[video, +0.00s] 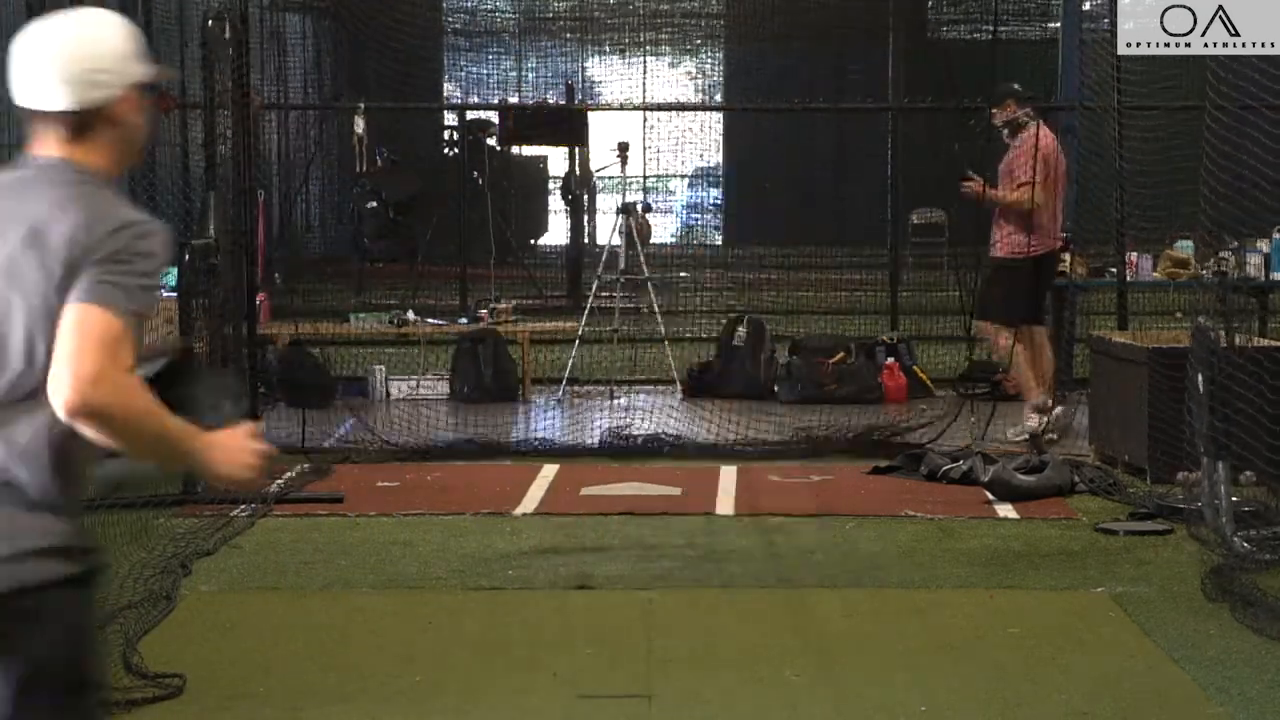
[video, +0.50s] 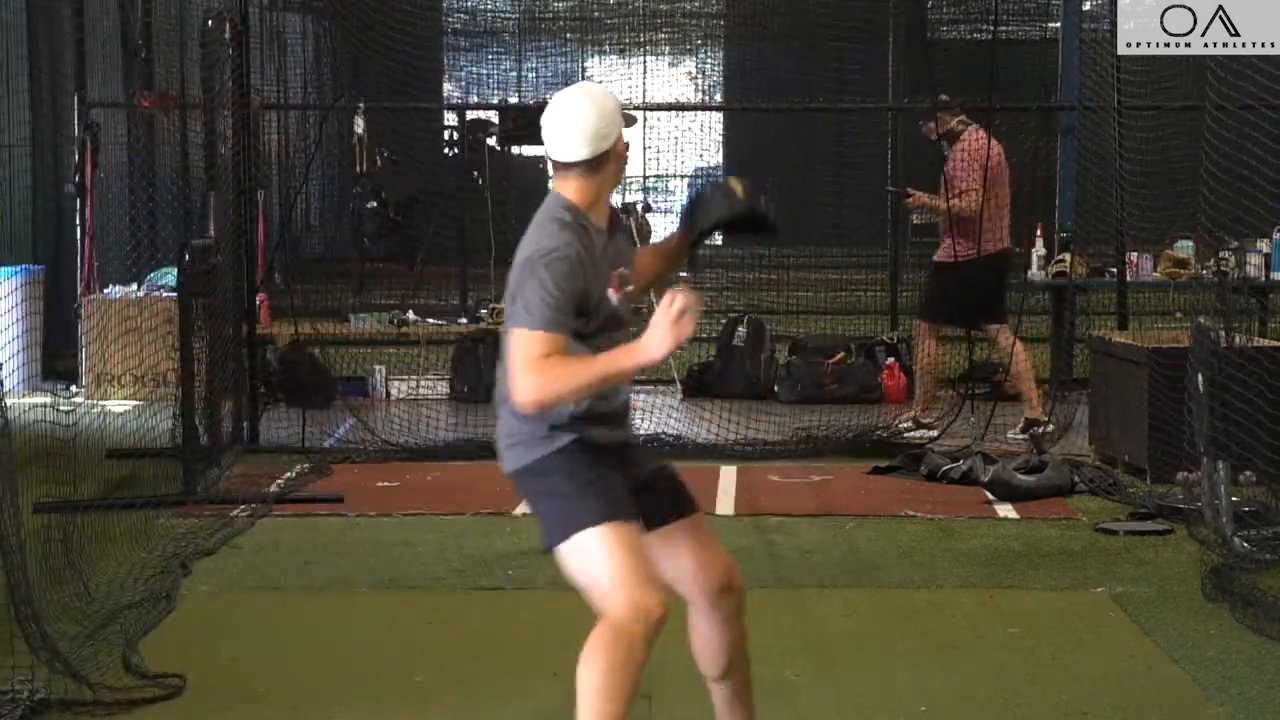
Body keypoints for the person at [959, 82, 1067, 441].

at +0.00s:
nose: (995, 118)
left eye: (1000, 110)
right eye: (994, 112)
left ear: (1018, 109)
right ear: (1022, 111)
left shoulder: (1032, 142)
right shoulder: (1042, 140)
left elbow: (1029, 198)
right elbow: (1036, 197)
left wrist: (986, 194)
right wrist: (993, 193)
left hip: (1021, 251)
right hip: (1038, 249)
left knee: (992, 325)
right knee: (1032, 327)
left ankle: (1034, 404)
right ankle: (1046, 404)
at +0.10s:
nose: (987, 122)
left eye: (988, 115)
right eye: (985, 116)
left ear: (1002, 109)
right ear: (1014, 109)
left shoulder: (1020, 140)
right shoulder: (1040, 140)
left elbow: (1021, 200)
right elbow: (1033, 199)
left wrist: (981, 193)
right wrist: (986, 193)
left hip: (1012, 250)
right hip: (1038, 250)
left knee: (982, 329)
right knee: (1033, 331)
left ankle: (1007, 405)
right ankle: (1040, 415)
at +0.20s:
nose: (978, 126)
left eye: (980, 118)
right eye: (975, 120)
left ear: (995, 111)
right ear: (997, 112)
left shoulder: (1013, 138)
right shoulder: (1017, 138)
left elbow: (1019, 198)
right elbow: (1018, 199)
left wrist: (975, 196)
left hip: (1008, 253)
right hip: (1026, 252)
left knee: (964, 324)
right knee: (1030, 333)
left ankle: (971, 414)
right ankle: (1039, 417)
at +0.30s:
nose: (964, 126)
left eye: (967, 117)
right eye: (960, 120)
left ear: (985, 112)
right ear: (970, 119)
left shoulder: (1007, 143)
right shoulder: (992, 143)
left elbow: (1008, 200)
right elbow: (995, 201)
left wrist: (961, 199)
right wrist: (960, 198)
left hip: (1000, 254)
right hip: (1013, 253)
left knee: (955, 324)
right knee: (1019, 330)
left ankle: (944, 414)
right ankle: (1039, 416)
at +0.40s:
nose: (949, 126)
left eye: (953, 118)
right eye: (947, 121)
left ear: (970, 115)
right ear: (967, 118)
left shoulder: (989, 146)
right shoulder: (987, 144)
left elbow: (992, 201)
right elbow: (981, 203)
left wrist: (948, 200)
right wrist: (947, 203)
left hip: (983, 256)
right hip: (1004, 255)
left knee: (940, 327)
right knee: (1009, 331)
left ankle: (928, 416)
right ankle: (1037, 417)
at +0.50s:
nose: (929, 133)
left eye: (930, 126)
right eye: (927, 127)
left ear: (946, 119)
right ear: (957, 116)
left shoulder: (964, 149)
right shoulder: (989, 144)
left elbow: (969, 206)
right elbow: (986, 206)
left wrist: (927, 202)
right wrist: (934, 208)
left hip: (960, 259)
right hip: (992, 256)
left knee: (926, 330)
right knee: (999, 332)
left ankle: (924, 416)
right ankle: (1035, 414)